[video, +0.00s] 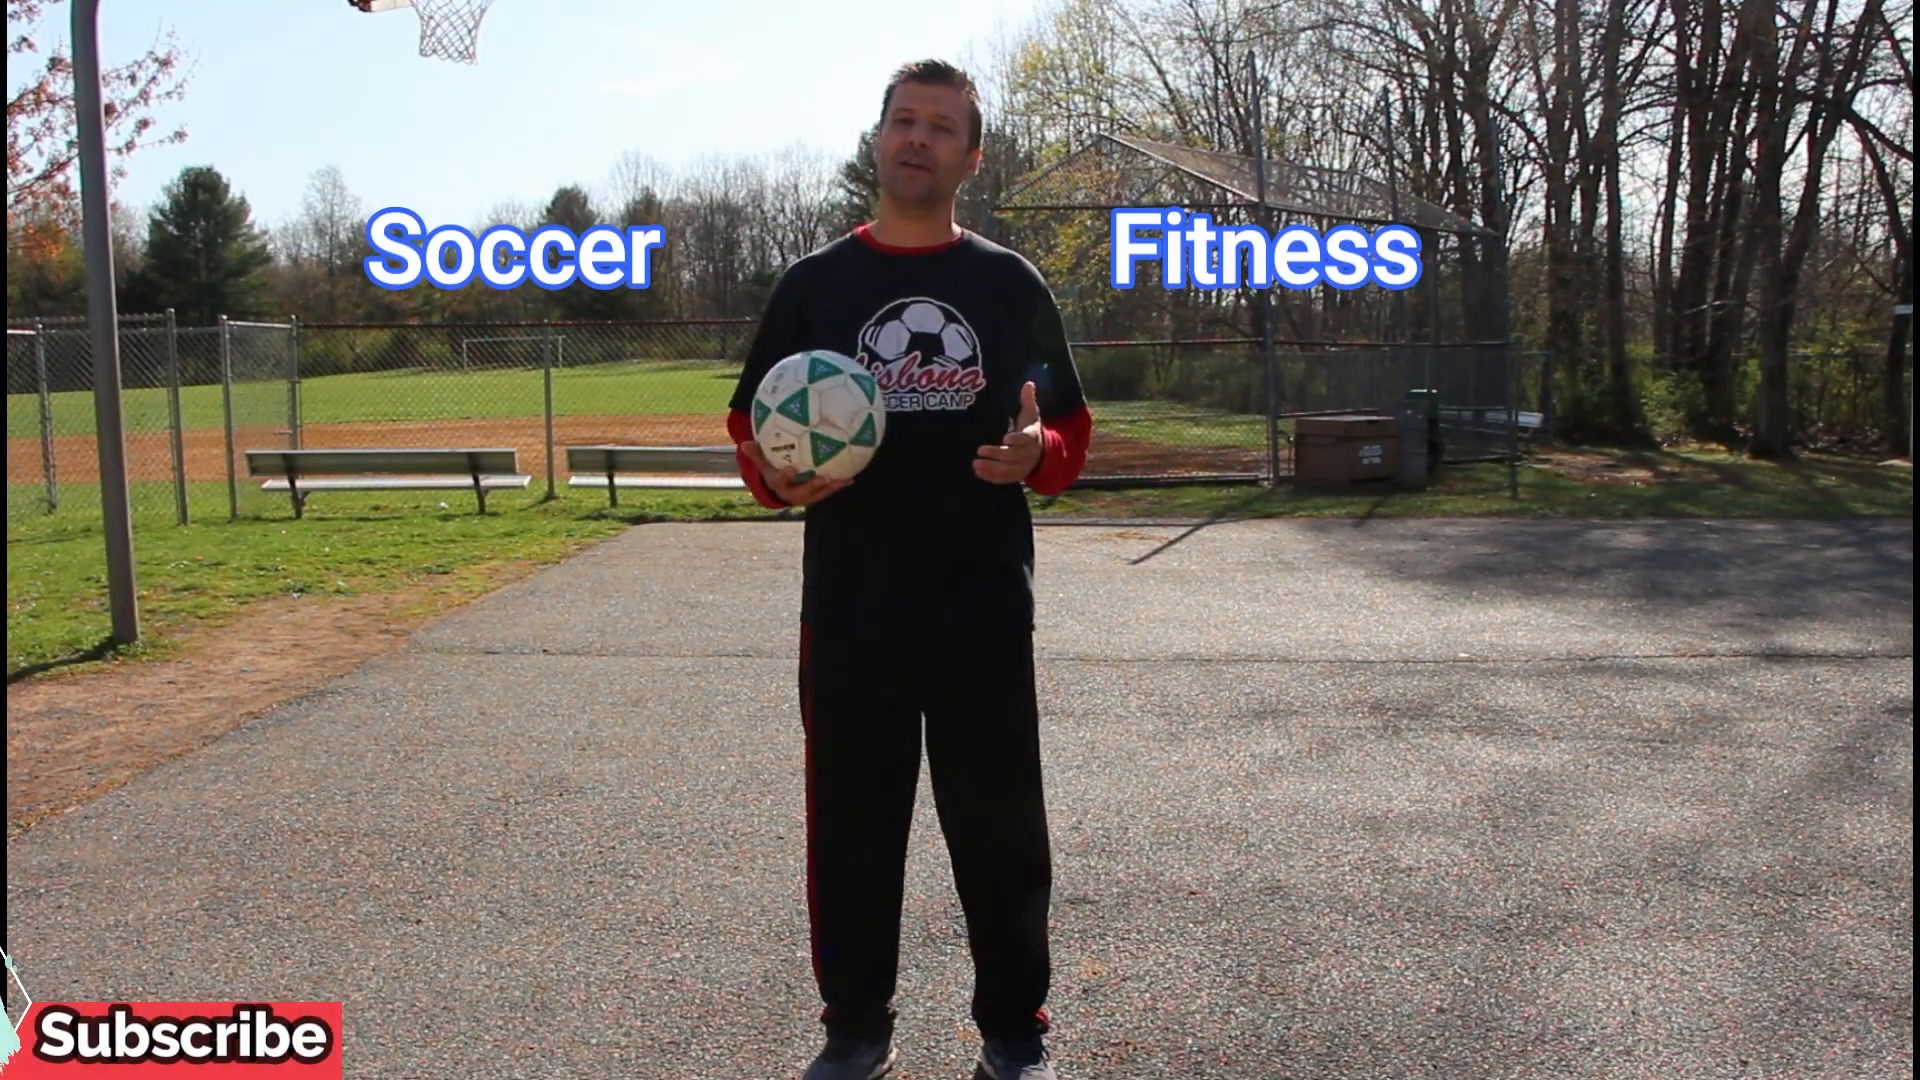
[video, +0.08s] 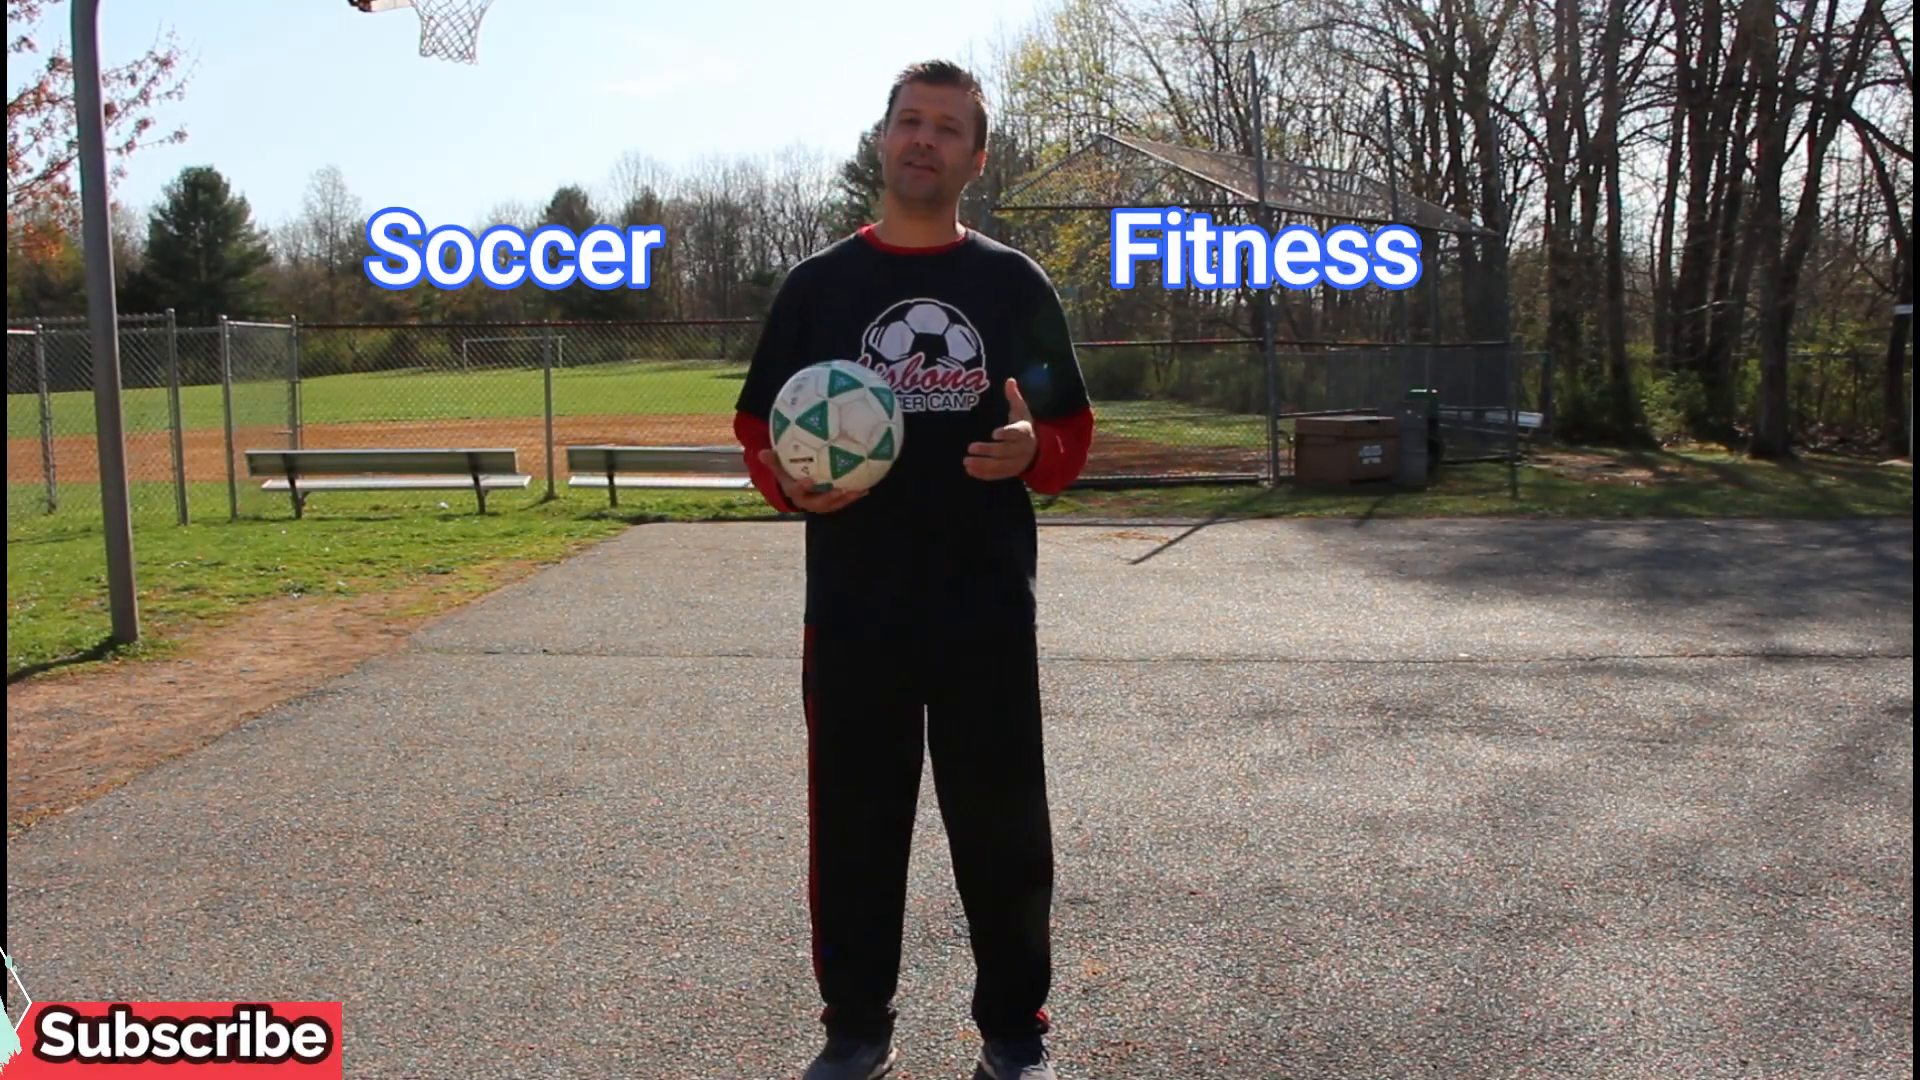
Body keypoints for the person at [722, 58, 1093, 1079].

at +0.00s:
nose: (919, 139)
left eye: (943, 128)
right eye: (905, 121)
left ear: (971, 157)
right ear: (876, 139)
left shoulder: (1010, 283)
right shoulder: (811, 284)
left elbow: (1070, 427)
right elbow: (755, 418)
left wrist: (1040, 451)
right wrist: (773, 476)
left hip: (981, 598)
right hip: (851, 596)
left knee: (998, 817)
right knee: (850, 819)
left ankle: (1015, 1029)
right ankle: (853, 1028)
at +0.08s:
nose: (926, 139)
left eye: (950, 129)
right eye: (911, 121)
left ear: (977, 159)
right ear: (880, 141)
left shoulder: (1014, 284)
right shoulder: (815, 284)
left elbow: (1073, 426)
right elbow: (759, 419)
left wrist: (1038, 448)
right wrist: (786, 481)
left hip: (984, 598)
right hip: (855, 597)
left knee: (1002, 819)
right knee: (851, 821)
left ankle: (1014, 1030)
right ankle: (853, 1029)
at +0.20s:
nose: (935, 143)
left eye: (959, 131)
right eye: (919, 124)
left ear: (986, 160)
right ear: (889, 142)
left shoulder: (1025, 285)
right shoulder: (824, 286)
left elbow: (1079, 429)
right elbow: (774, 422)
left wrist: (1028, 454)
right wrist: (817, 478)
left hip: (991, 599)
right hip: (862, 599)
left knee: (1007, 817)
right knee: (858, 818)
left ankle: (1014, 1028)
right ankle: (854, 1027)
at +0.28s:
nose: (938, 143)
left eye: (962, 131)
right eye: (922, 124)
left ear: (990, 158)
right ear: (893, 142)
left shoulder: (1030, 285)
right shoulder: (830, 287)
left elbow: (1086, 430)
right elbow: (777, 430)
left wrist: (1028, 465)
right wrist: (833, 474)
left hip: (997, 595)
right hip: (869, 595)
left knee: (1009, 813)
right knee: (860, 814)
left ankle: (1015, 1029)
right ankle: (855, 1027)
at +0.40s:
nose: (949, 144)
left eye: (972, 131)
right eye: (932, 126)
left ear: (999, 156)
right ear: (902, 144)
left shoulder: (1044, 286)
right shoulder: (839, 287)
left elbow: (1105, 427)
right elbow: (783, 426)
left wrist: (1051, 462)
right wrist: (844, 470)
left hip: (1007, 592)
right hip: (877, 592)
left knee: (1014, 813)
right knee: (867, 812)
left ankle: (1017, 1030)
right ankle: (856, 1028)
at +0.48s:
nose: (958, 145)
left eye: (980, 131)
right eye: (939, 127)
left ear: (1005, 154)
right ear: (908, 144)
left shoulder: (1049, 285)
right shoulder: (843, 288)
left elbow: (1113, 428)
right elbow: (786, 428)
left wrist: (1055, 460)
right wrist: (846, 469)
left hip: (1012, 591)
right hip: (881, 590)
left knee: (1017, 815)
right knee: (869, 813)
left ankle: (1018, 1032)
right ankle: (856, 1028)